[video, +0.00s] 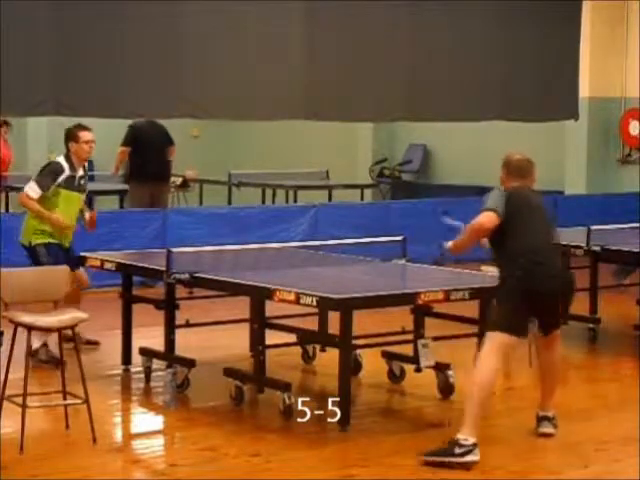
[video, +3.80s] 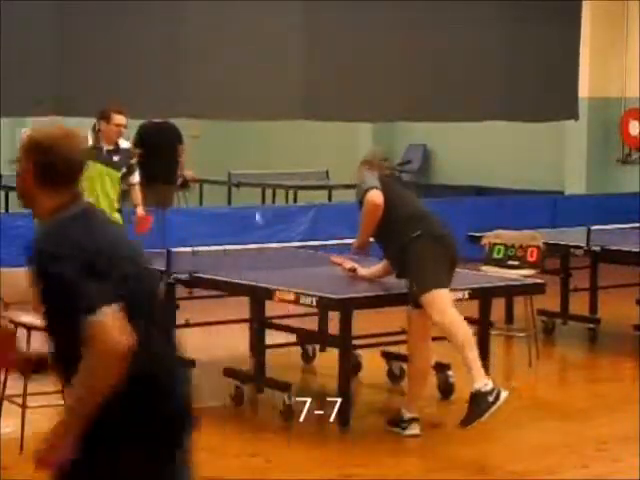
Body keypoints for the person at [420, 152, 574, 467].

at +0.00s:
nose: (501, 181)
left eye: (501, 177)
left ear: (504, 177)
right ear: (533, 179)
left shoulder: (503, 195)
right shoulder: (541, 202)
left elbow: (485, 223)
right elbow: (534, 241)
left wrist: (458, 245)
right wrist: (488, 237)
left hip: (519, 280)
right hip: (556, 280)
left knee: (491, 353)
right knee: (550, 342)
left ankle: (466, 440)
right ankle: (547, 415)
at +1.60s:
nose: (478, 159)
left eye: (479, 154)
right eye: (480, 153)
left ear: (484, 159)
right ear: (513, 159)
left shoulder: (487, 201)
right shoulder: (533, 198)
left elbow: (460, 255)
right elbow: (524, 251)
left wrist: (429, 248)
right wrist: (469, 242)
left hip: (491, 309)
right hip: (532, 307)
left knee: (444, 366)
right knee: (537, 363)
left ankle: (463, 461)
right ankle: (570, 435)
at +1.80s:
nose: (472, 151)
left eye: (473, 146)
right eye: (477, 146)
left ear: (476, 148)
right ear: (508, 150)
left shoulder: (464, 187)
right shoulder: (529, 191)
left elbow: (438, 244)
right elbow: (548, 251)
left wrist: (435, 237)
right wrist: (518, 256)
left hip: (472, 295)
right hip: (520, 296)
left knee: (424, 365)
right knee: (543, 366)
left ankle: (439, 452)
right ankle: (562, 446)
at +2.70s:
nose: (451, 165)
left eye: (453, 159)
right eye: (453, 159)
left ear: (459, 158)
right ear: (483, 157)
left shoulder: (449, 188)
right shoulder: (512, 190)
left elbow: (433, 246)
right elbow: (535, 245)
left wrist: (460, 242)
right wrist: (507, 250)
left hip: (472, 285)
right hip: (518, 284)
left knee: (432, 362)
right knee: (534, 360)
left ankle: (418, 448)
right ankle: (545, 441)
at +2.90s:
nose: (386, 162)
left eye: (386, 157)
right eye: (388, 157)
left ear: (390, 155)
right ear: (413, 154)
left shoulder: (395, 175)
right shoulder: (426, 175)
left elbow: (395, 216)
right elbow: (425, 222)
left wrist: (379, 245)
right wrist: (394, 246)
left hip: (436, 265)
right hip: (454, 261)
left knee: (444, 346)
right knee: (421, 339)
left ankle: (476, 427)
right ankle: (410, 408)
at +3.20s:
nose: (361, 178)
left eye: (363, 173)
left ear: (367, 169)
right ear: (386, 168)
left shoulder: (373, 173)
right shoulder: (399, 186)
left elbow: (379, 204)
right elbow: (392, 241)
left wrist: (363, 244)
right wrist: (352, 243)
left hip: (429, 244)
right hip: (424, 254)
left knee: (449, 313)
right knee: (420, 332)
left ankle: (491, 378)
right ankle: (411, 391)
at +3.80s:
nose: (360, 178)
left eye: (360, 175)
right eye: (362, 175)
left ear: (366, 170)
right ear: (385, 171)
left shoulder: (370, 177)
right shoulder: (400, 194)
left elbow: (375, 200)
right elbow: (401, 255)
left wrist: (362, 241)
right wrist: (366, 273)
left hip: (424, 244)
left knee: (442, 313)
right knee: (418, 335)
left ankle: (483, 386)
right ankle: (410, 415)